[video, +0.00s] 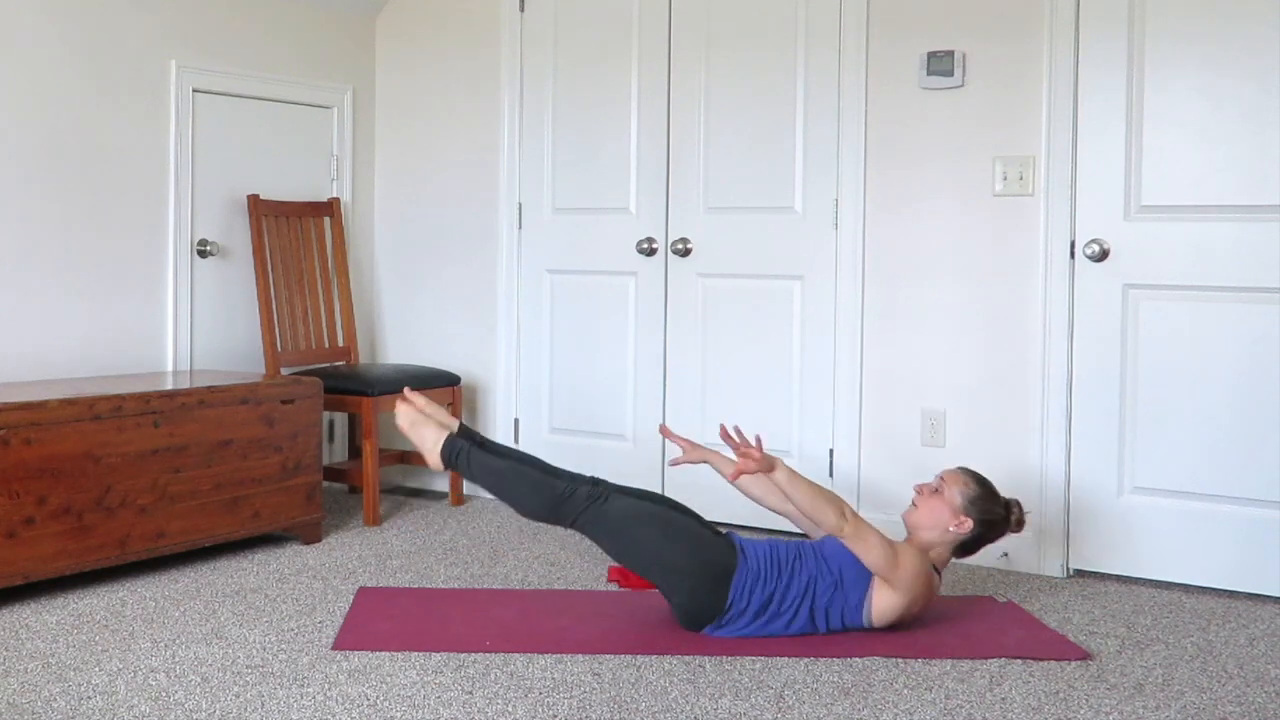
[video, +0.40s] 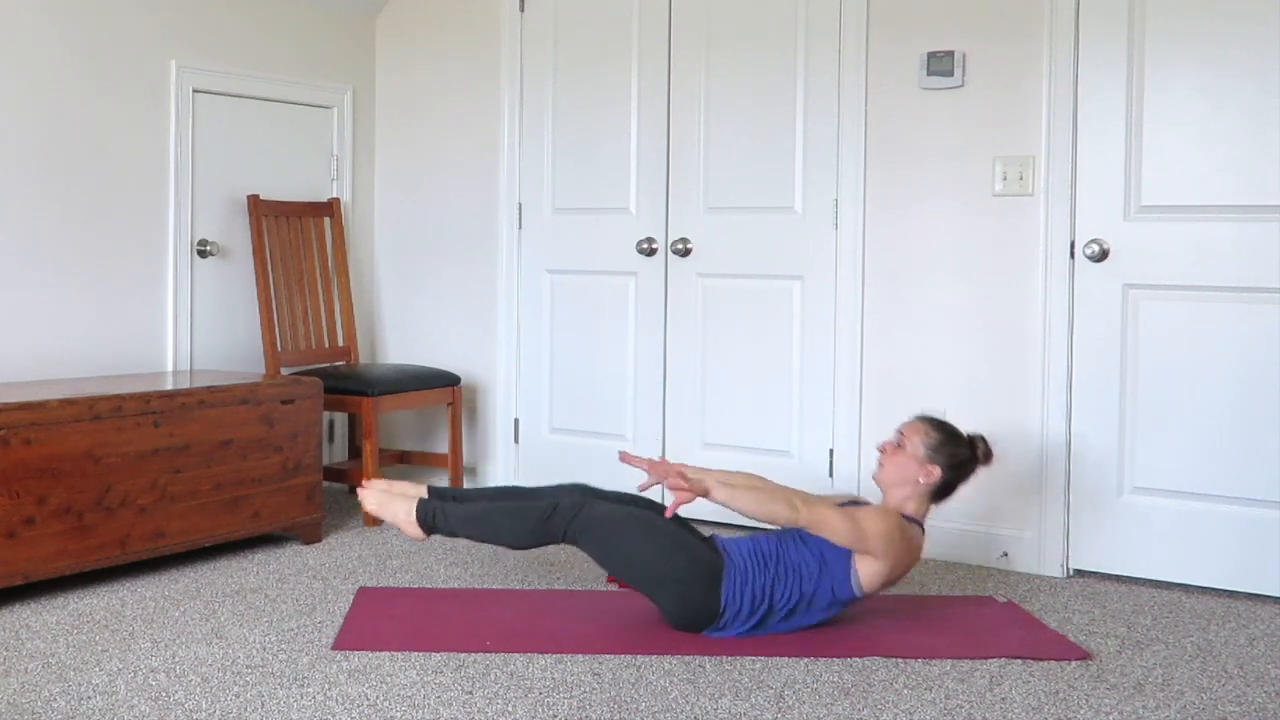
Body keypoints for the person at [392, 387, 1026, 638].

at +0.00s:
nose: (918, 495)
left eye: (934, 496)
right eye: (928, 487)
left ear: (957, 527)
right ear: (938, 513)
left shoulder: (910, 576)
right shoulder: (896, 557)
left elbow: (841, 519)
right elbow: (821, 521)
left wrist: (774, 470)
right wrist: (725, 468)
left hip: (720, 584)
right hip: (724, 558)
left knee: (584, 501)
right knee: (586, 493)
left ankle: (448, 439)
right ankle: (449, 448)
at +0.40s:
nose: (884, 451)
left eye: (900, 448)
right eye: (893, 442)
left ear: (927, 476)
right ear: (916, 471)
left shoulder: (891, 531)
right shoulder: (875, 515)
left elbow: (792, 510)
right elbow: (783, 505)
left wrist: (699, 478)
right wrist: (692, 481)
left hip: (713, 588)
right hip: (711, 568)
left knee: (570, 509)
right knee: (571, 498)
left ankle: (423, 512)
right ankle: (425, 503)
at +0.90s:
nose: (785, 356)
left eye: (799, 354)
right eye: (793, 348)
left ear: (829, 380)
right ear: (821, 380)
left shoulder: (802, 453)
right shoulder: (771, 432)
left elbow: (698, 480)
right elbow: (681, 452)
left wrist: (597, 496)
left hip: (707, 600)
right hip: (697, 580)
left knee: (669, 431)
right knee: (662, 424)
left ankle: (525, 471)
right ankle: (526, 444)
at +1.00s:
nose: (807, 366)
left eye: (821, 363)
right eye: (816, 357)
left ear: (849, 392)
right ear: (842, 390)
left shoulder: (821, 463)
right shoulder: (795, 441)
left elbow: (716, 483)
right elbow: (700, 453)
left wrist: (614, 491)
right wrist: (615, 469)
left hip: (708, 600)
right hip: (703, 573)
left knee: (644, 435)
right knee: (638, 428)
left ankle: (506, 480)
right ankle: (506, 451)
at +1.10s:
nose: (836, 388)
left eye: (851, 387)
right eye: (845, 380)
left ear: (879, 416)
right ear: (868, 411)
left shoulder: (848, 485)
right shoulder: (827, 460)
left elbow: (733, 489)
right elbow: (728, 463)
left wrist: (634, 481)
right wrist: (639, 468)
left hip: (708, 598)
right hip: (707, 572)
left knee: (608, 443)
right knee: (614, 440)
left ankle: (473, 486)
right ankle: (471, 459)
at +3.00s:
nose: (932, 500)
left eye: (949, 502)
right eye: (942, 492)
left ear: (971, 537)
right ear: (950, 520)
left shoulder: (917, 578)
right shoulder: (909, 559)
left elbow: (839, 531)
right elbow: (827, 518)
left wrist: (754, 480)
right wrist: (740, 471)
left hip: (729, 587)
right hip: (732, 569)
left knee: (611, 477)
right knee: (615, 476)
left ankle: (473, 414)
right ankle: (478, 417)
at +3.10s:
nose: (934, 502)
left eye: (950, 503)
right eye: (946, 495)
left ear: (972, 541)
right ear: (956, 530)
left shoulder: (918, 580)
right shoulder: (909, 567)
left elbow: (841, 526)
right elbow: (831, 520)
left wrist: (757, 477)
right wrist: (748, 475)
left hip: (730, 581)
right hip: (732, 568)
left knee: (609, 474)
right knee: (611, 474)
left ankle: (481, 402)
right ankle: (483, 403)